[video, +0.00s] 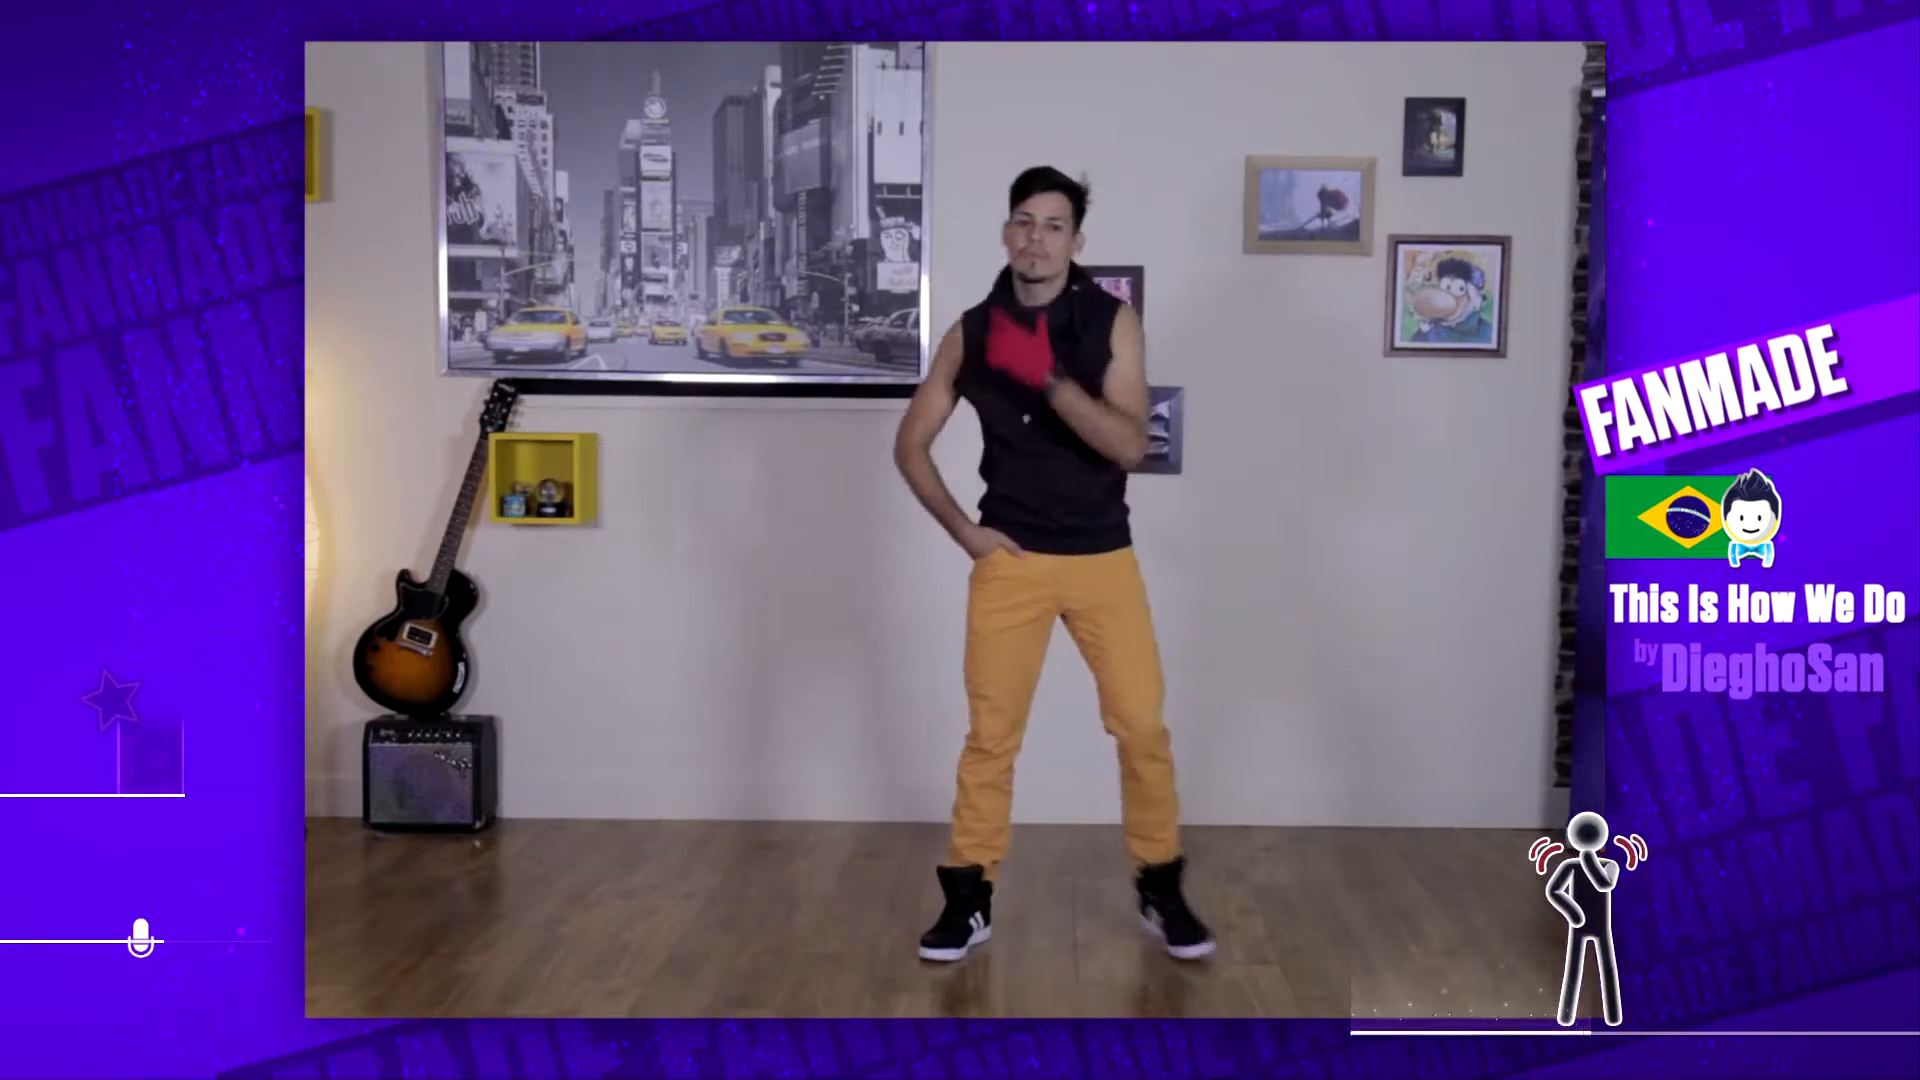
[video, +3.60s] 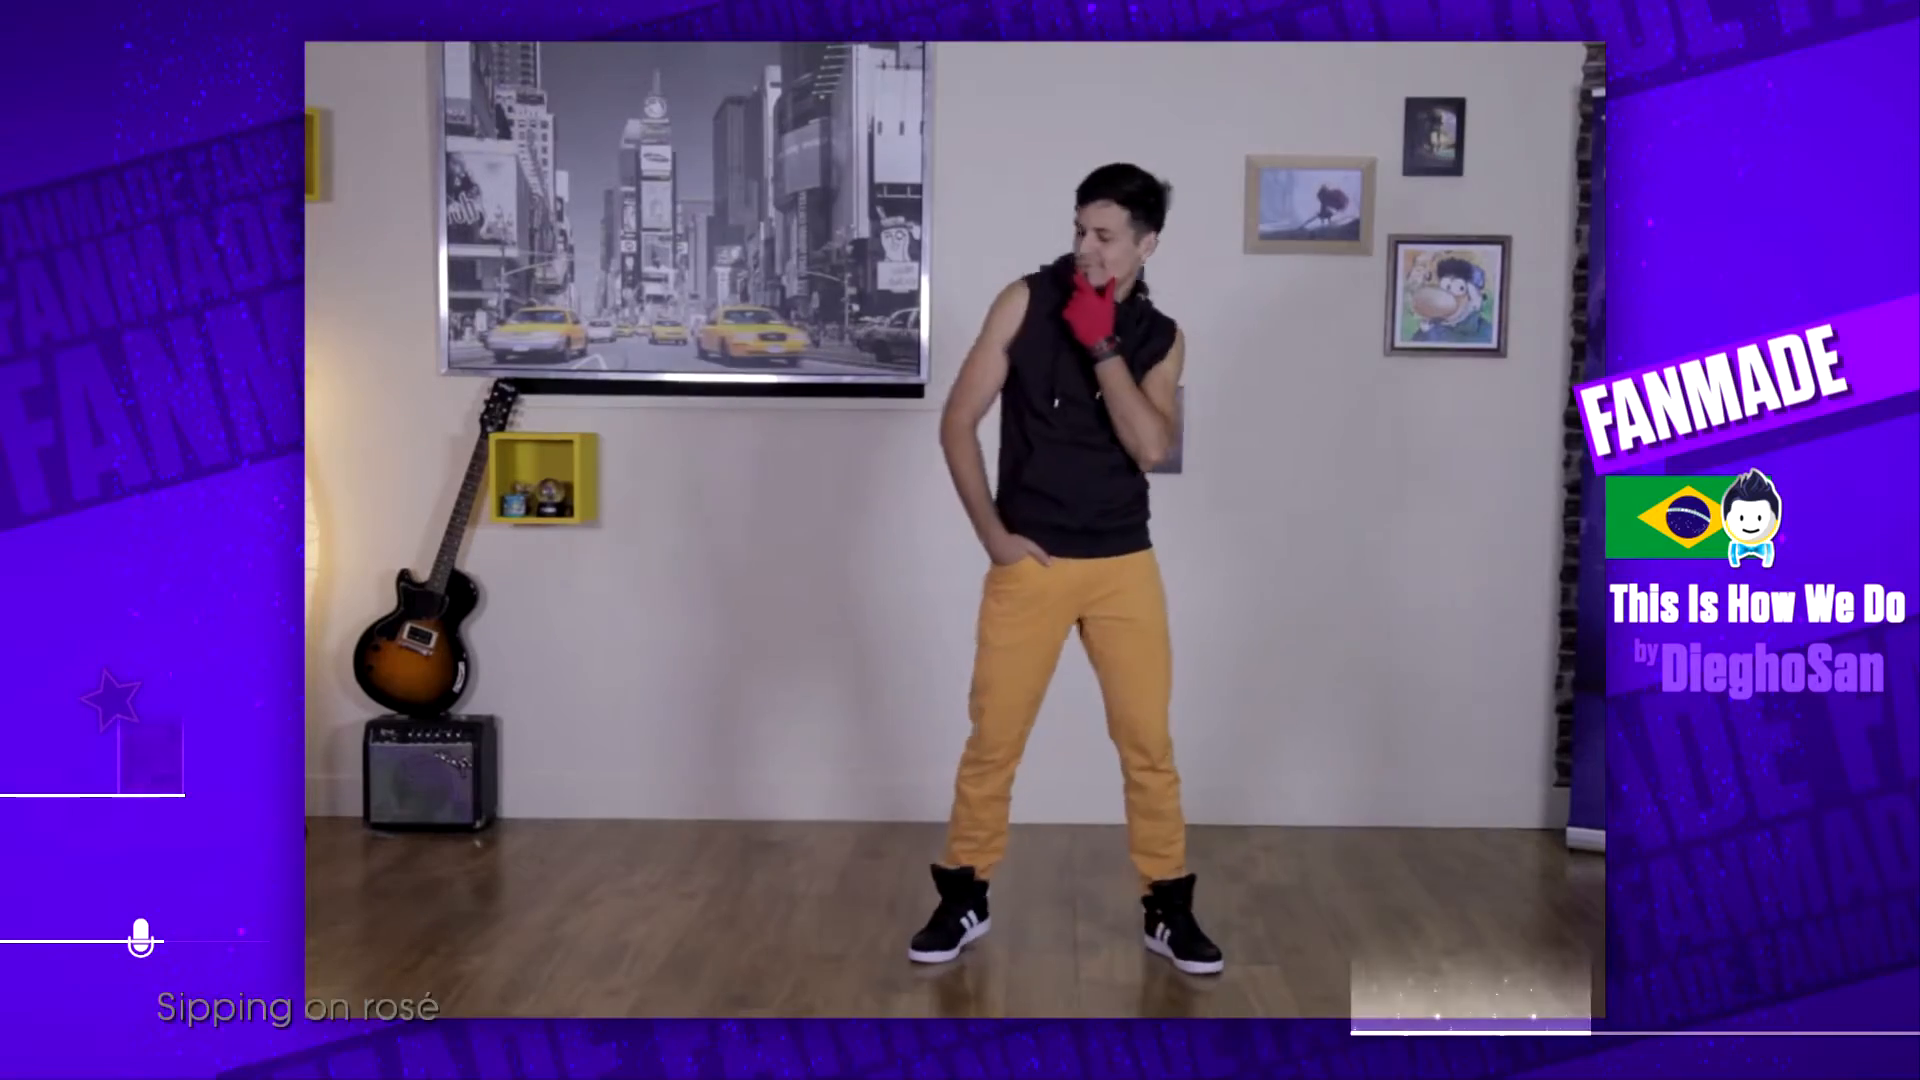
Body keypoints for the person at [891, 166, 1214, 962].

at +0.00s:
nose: (1034, 238)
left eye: (1051, 226)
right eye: (1023, 224)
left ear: (1076, 238)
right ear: (1005, 233)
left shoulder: (1112, 322)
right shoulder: (972, 332)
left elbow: (1130, 447)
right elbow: (909, 446)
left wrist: (1050, 377)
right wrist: (967, 533)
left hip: (1103, 562)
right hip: (1009, 562)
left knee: (1143, 726)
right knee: (991, 736)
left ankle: (1161, 887)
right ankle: (968, 898)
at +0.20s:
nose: (1073, 252)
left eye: (1087, 239)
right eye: (1057, 238)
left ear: (1103, 239)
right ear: (1029, 239)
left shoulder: (1125, 302)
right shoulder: (1010, 335)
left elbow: (1106, 410)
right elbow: (973, 449)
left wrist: (1051, 318)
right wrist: (986, 523)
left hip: (1122, 567)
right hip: (1029, 563)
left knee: (1158, 739)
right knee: (995, 736)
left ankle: (1200, 904)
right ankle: (975, 900)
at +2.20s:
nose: (1085, 257)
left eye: (1102, 244)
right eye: (1078, 241)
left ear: (1146, 248)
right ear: (1069, 238)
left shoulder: (1168, 336)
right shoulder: (1032, 312)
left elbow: (1165, 447)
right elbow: (968, 431)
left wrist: (1103, 356)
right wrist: (1000, 533)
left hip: (1135, 569)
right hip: (1040, 565)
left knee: (1157, 739)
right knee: (999, 741)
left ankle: (1187, 908)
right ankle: (970, 903)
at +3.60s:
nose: (1088, 249)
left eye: (1106, 235)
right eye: (1082, 233)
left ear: (1148, 242)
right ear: (1073, 232)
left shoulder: (1160, 338)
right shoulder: (1027, 304)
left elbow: (1155, 449)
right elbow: (956, 424)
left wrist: (1104, 352)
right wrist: (993, 534)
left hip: (1124, 568)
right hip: (1030, 565)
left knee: (1148, 742)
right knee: (993, 739)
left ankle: (1168, 906)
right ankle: (963, 898)